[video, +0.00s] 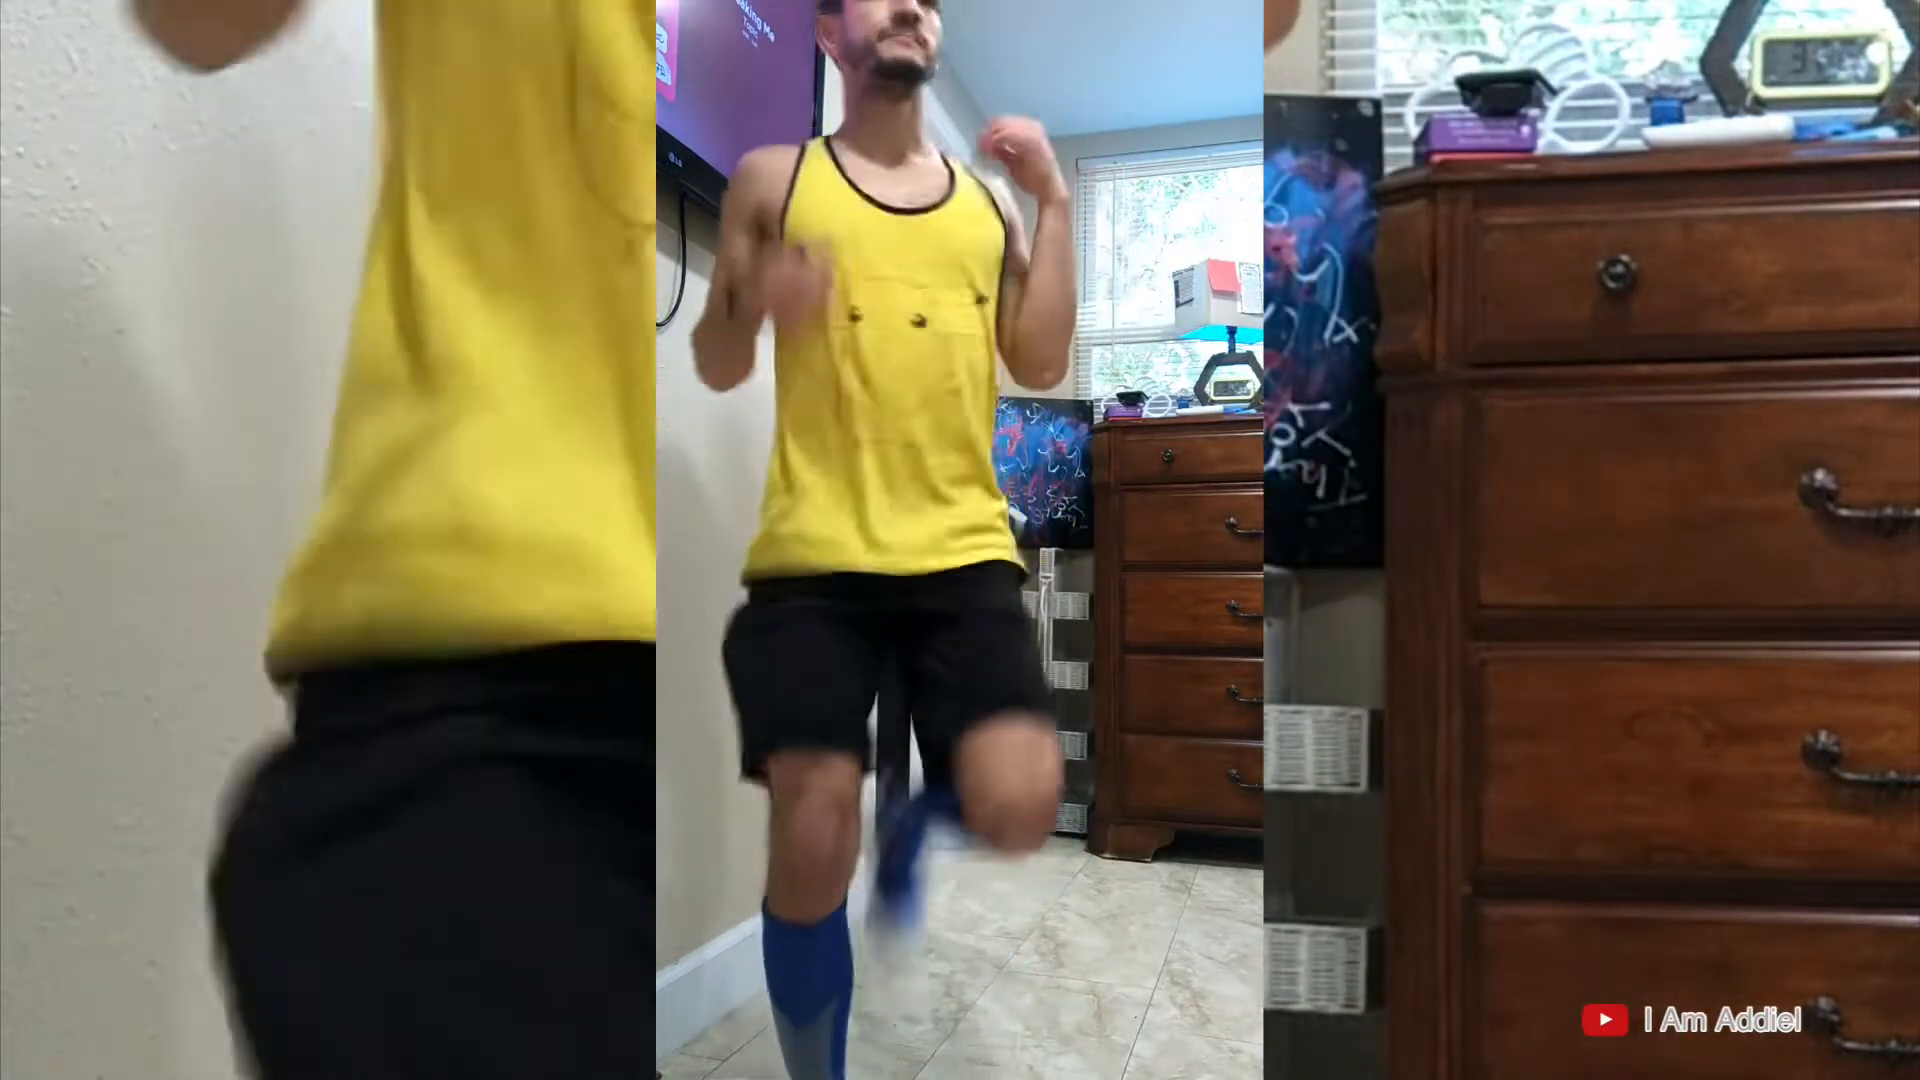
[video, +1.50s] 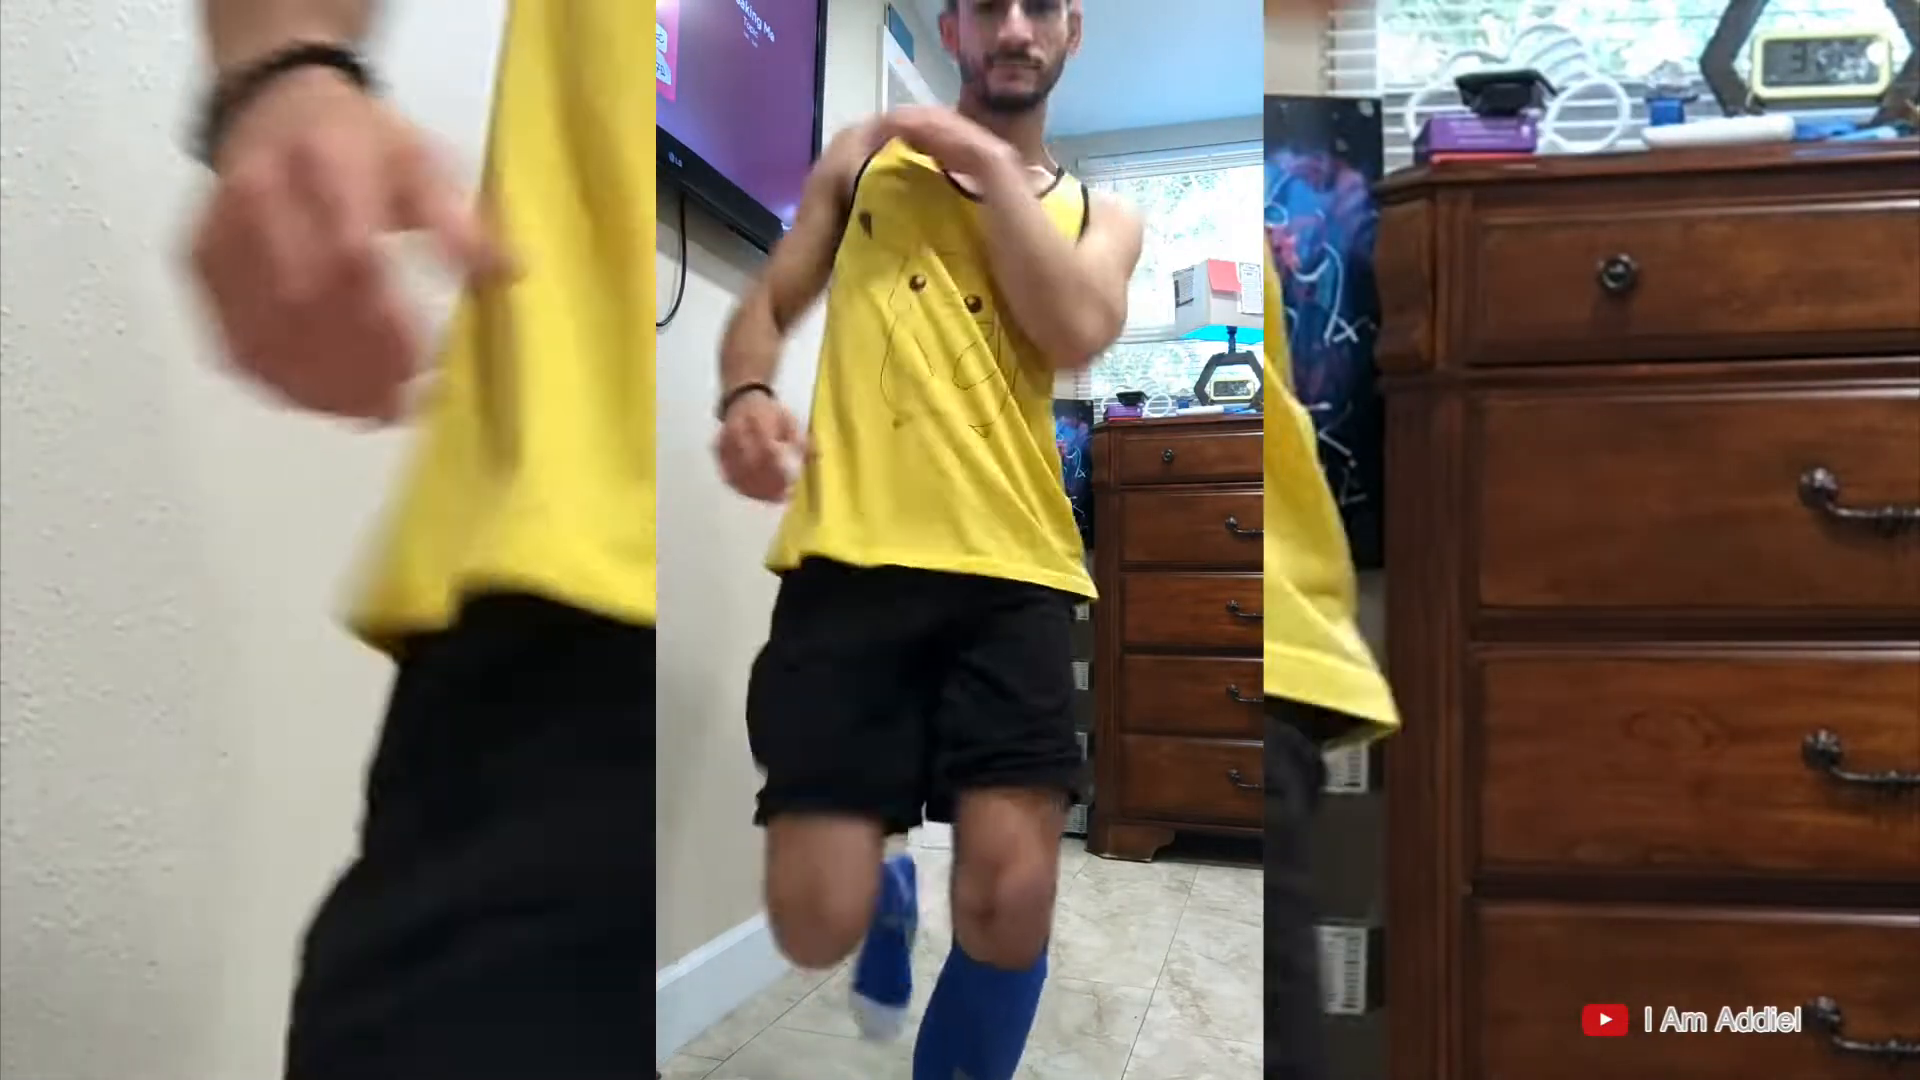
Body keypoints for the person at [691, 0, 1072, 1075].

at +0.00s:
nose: (906, 12)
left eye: (921, 5)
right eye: (879, 2)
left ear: (939, 41)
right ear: (831, 33)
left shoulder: (980, 200)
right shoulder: (774, 177)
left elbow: (1039, 363)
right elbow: (718, 368)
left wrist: (1052, 204)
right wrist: (750, 282)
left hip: (964, 548)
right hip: (814, 551)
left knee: (1022, 809)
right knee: (816, 826)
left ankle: (910, 818)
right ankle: (817, 1074)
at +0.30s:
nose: (874, 6)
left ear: (907, 20)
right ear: (795, 18)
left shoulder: (985, 138)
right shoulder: (771, 167)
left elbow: (1126, 239)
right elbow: (679, 312)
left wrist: (1049, 264)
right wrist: (763, 146)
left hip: (970, 482)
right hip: (842, 516)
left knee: (998, 659)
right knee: (861, 824)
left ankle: (972, 893)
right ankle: (919, 1042)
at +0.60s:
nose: (884, 16)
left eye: (907, 1)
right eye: (864, 3)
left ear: (944, 27)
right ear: (838, 31)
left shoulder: (1012, 181)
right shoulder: (793, 176)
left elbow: (1038, 342)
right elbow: (760, 281)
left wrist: (1032, 487)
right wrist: (870, 151)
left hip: (966, 533)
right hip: (825, 549)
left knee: (941, 814)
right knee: (854, 862)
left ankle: (978, 1064)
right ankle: (933, 1048)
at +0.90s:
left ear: (1009, 20)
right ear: (894, 16)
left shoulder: (1040, 177)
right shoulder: (849, 100)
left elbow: (1054, 340)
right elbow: (845, 235)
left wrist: (1048, 375)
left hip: (995, 565)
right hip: (844, 563)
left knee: (990, 853)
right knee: (841, 905)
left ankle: (973, 1063)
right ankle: (899, 1009)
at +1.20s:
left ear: (1074, 12)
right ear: (967, 2)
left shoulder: (1092, 179)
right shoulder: (874, 68)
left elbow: (1095, 381)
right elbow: (725, 209)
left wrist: (1151, 225)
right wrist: (707, 389)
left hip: (987, 494)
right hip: (850, 444)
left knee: (972, 831)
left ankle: (959, 1064)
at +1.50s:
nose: (1016, 33)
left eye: (1043, 12)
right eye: (990, 9)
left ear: (1072, 37)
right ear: (952, 29)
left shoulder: (1100, 213)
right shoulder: (870, 152)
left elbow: (1078, 331)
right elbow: (767, 304)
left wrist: (993, 167)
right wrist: (745, 393)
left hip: (1015, 570)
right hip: (848, 560)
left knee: (1014, 894)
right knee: (811, 926)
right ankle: (891, 892)